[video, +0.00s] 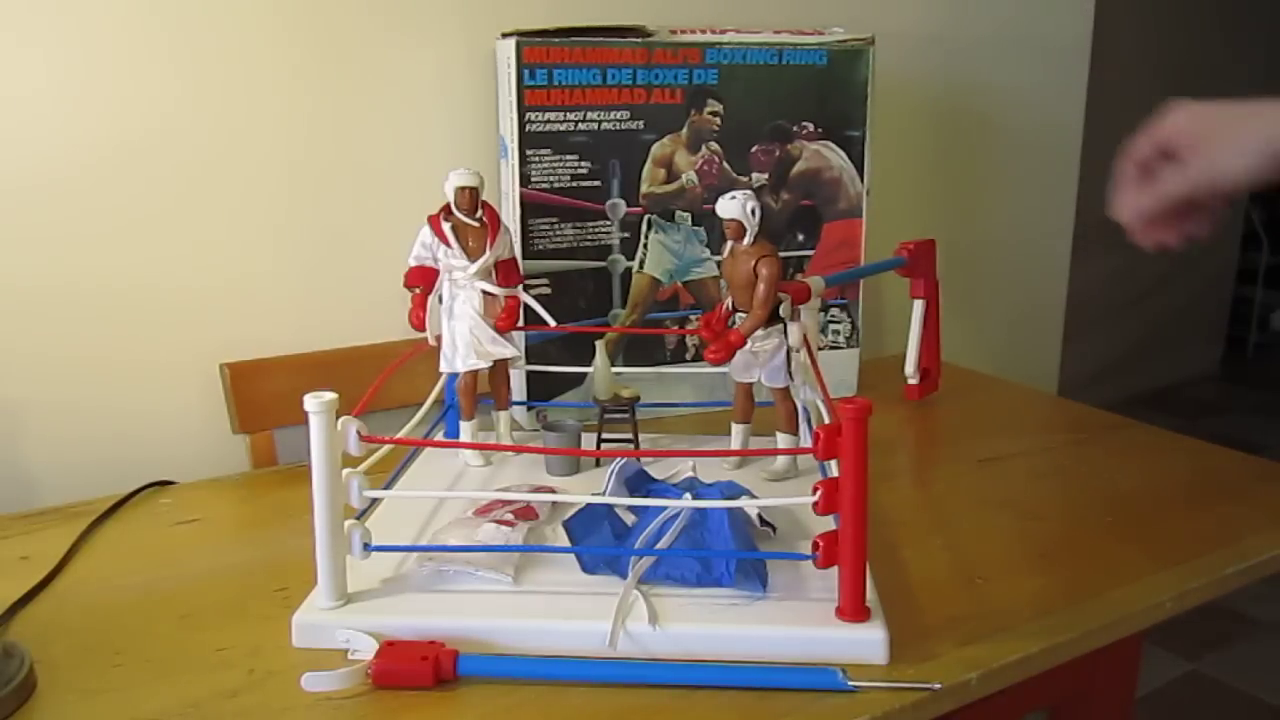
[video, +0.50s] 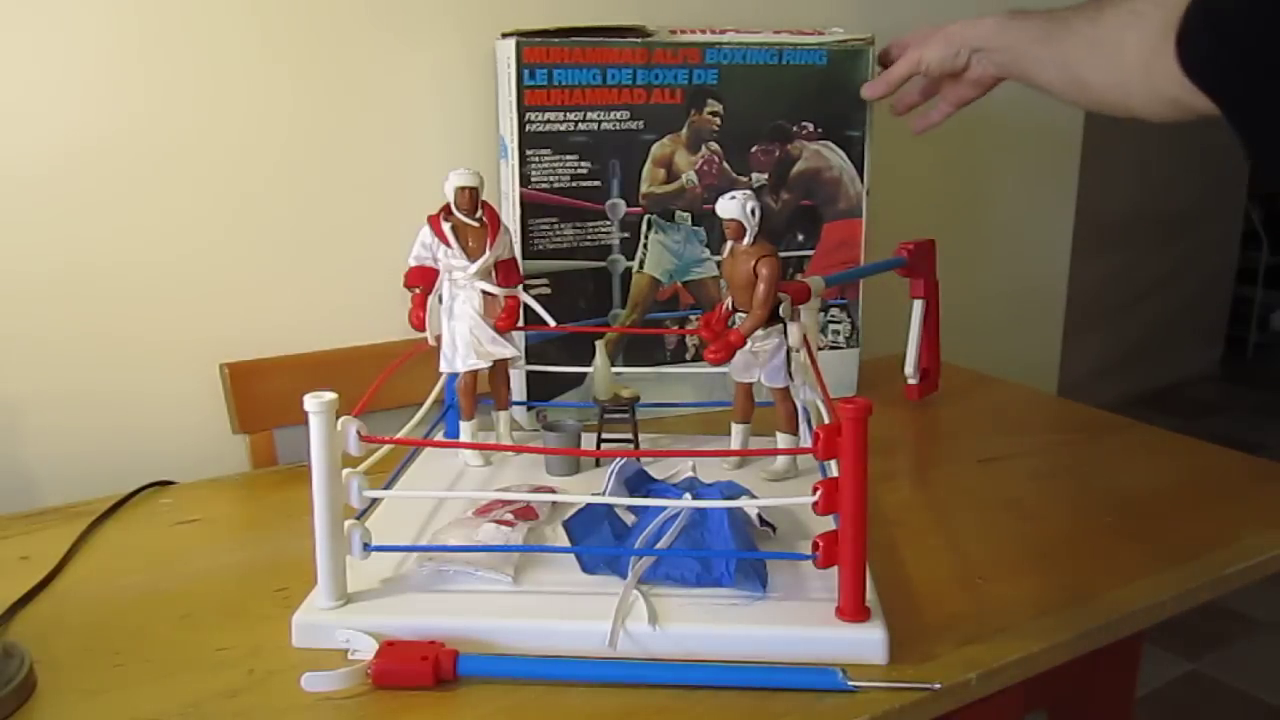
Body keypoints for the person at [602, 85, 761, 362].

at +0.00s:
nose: (718, 122)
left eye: (720, 116)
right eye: (713, 115)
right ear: (693, 115)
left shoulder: (712, 150)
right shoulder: (665, 148)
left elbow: (731, 182)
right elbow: (646, 196)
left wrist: (756, 181)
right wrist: (683, 183)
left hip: (693, 236)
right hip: (660, 234)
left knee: (719, 308)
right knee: (635, 313)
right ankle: (596, 370)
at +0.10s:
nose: (718, 122)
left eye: (720, 116)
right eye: (713, 115)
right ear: (693, 114)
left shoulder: (712, 150)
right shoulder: (664, 148)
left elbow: (730, 182)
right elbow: (646, 196)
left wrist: (755, 181)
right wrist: (682, 183)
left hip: (693, 237)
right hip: (660, 234)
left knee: (718, 308)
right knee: (636, 312)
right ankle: (596, 371)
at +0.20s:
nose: (718, 122)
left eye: (720, 116)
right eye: (713, 115)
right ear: (693, 114)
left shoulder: (712, 150)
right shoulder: (664, 148)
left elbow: (730, 182)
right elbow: (647, 197)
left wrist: (754, 181)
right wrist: (682, 182)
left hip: (693, 237)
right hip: (660, 235)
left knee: (717, 309)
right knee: (635, 313)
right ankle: (596, 373)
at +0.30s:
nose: (719, 122)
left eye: (720, 116)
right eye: (713, 115)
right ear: (693, 114)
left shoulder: (712, 150)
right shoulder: (664, 148)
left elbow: (730, 181)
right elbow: (647, 197)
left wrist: (754, 181)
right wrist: (683, 182)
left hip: (693, 237)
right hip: (660, 235)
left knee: (718, 309)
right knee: (635, 314)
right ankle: (597, 374)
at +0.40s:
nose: (718, 122)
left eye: (720, 117)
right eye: (713, 115)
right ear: (693, 114)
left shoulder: (712, 150)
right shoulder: (664, 148)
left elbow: (731, 181)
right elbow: (647, 197)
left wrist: (756, 181)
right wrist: (683, 182)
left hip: (694, 237)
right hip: (660, 235)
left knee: (718, 309)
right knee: (635, 313)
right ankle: (596, 372)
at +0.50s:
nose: (718, 122)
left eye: (720, 116)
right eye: (713, 115)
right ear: (693, 114)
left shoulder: (711, 150)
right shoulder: (664, 148)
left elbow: (731, 182)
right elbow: (646, 197)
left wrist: (757, 180)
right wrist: (684, 182)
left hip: (693, 236)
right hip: (660, 234)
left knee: (718, 308)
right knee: (635, 313)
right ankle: (596, 370)